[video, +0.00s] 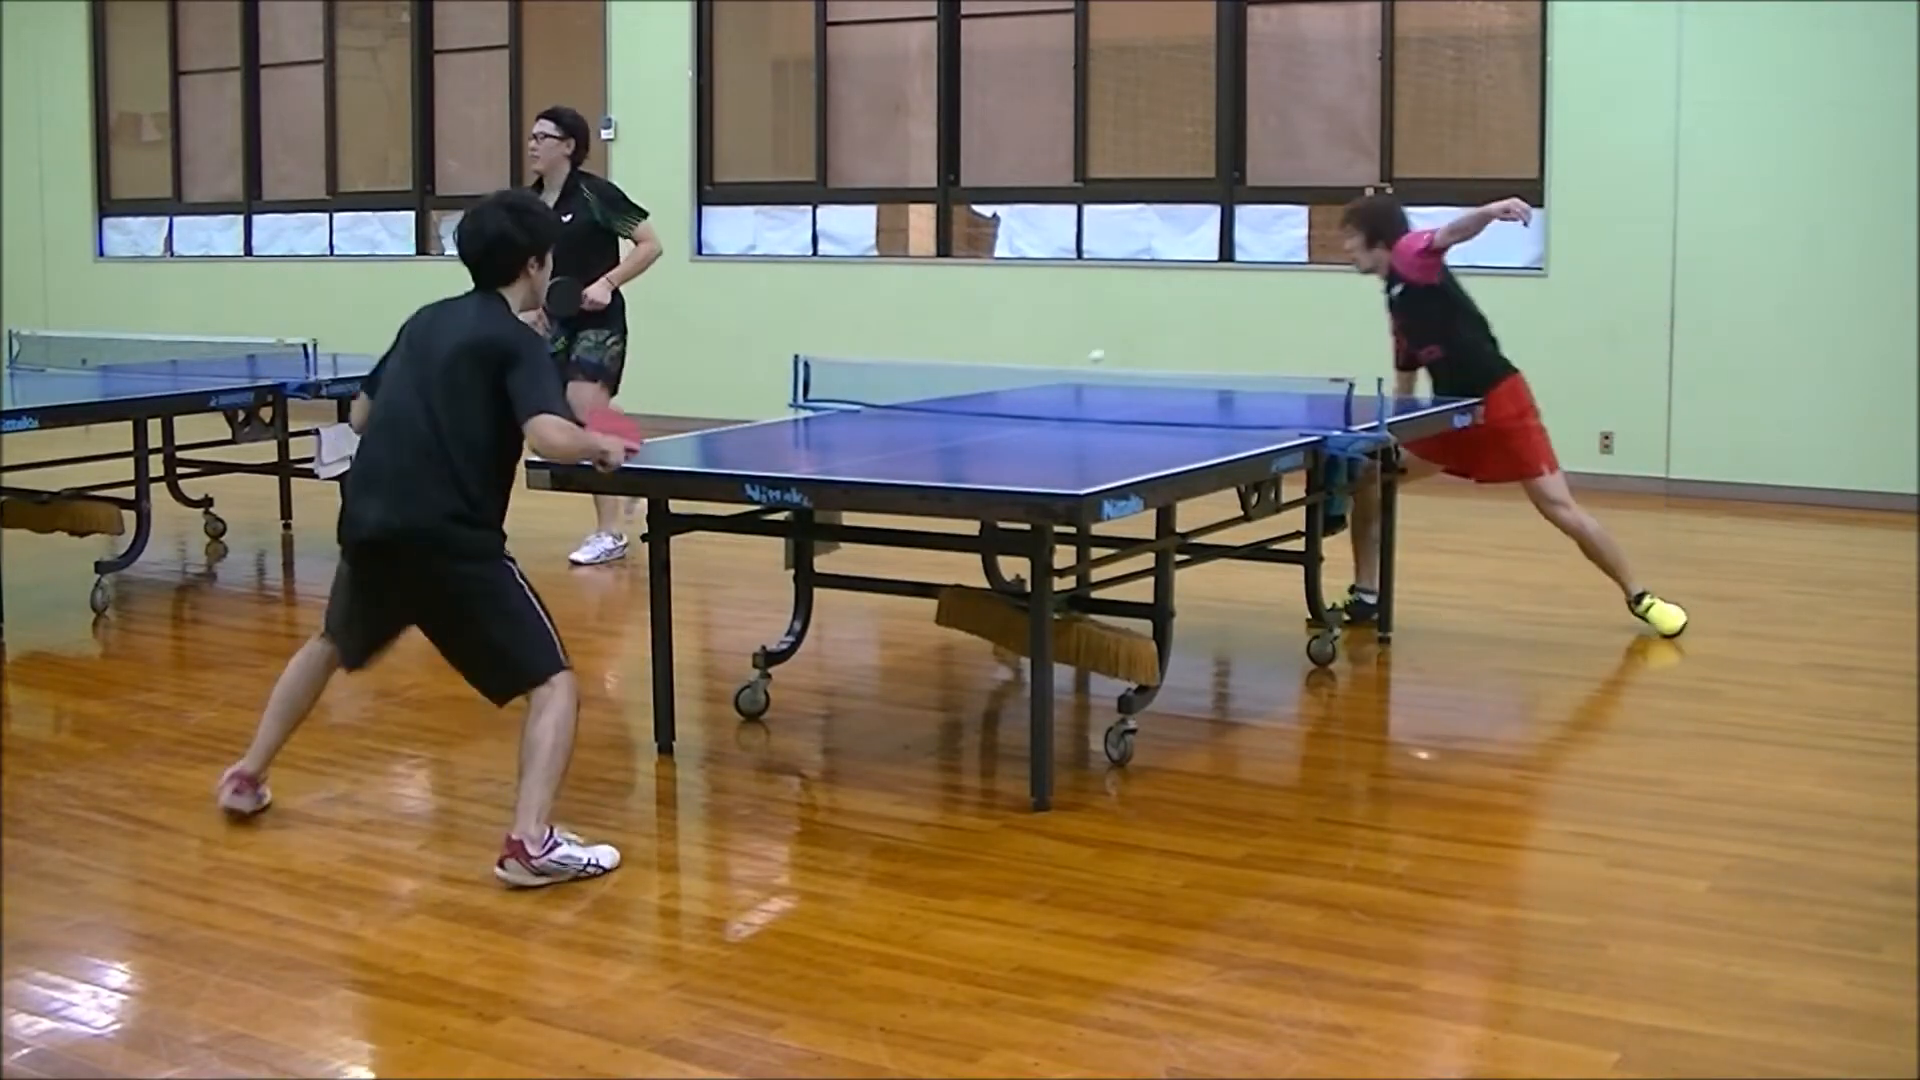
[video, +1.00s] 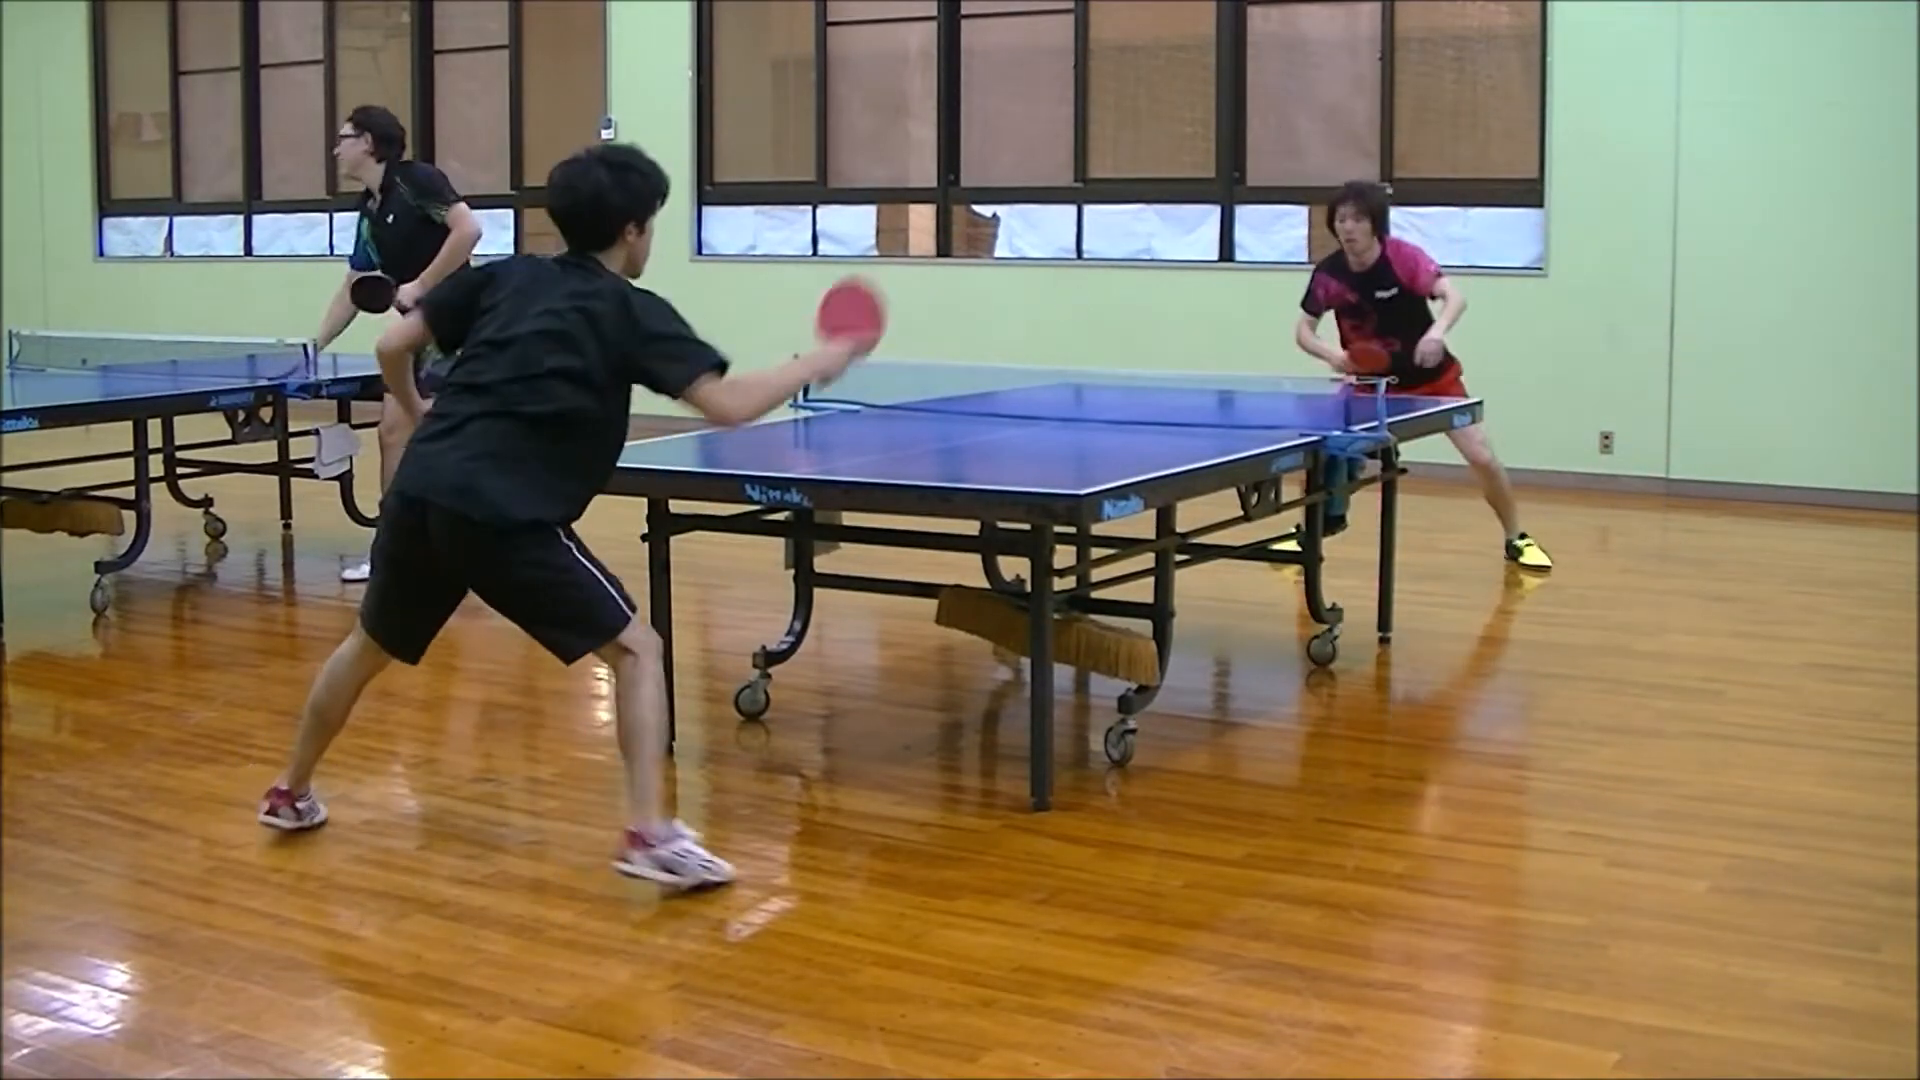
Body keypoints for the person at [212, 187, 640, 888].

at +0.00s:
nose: (551, 273)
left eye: (548, 260)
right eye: (547, 261)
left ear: (477, 262)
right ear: (529, 266)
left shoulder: (423, 323)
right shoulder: (519, 342)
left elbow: (363, 415)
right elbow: (549, 439)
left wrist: (434, 431)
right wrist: (596, 446)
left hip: (371, 531)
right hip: (454, 537)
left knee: (328, 644)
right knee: (553, 683)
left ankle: (246, 774)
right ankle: (531, 840)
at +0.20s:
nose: (537, 269)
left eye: (536, 256)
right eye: (536, 256)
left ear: (463, 251)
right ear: (519, 260)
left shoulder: (407, 307)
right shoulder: (497, 333)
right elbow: (542, 444)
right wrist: (601, 437)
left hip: (334, 506)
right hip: (413, 518)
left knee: (349, 621)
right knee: (535, 661)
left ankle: (277, 762)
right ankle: (539, 829)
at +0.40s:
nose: (542, 300)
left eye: (540, 286)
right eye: (537, 287)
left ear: (477, 287)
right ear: (509, 294)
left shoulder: (435, 344)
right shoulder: (467, 362)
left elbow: (448, 446)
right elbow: (510, 486)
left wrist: (522, 430)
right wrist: (620, 468)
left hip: (362, 557)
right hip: (416, 571)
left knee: (384, 647)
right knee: (582, 662)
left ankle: (279, 765)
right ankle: (591, 842)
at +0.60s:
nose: (618, 300)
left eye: (612, 288)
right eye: (606, 291)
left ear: (556, 307)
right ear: (569, 310)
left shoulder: (510, 356)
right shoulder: (538, 395)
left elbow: (503, 449)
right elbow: (642, 497)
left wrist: (591, 437)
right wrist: (737, 452)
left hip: (412, 558)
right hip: (459, 578)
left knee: (387, 662)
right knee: (631, 658)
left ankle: (283, 764)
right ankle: (602, 847)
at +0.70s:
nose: (661, 289)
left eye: (656, 277)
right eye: (652, 280)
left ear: (582, 295)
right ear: (615, 300)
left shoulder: (528, 336)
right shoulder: (619, 388)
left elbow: (469, 433)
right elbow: (756, 442)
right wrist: (865, 392)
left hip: (414, 537)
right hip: (479, 560)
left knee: (375, 648)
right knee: (646, 658)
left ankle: (300, 767)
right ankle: (604, 847)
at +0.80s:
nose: (684, 273)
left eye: (680, 259)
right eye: (677, 261)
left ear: (606, 273)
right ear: (647, 281)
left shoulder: (544, 308)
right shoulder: (657, 369)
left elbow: (431, 336)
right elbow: (800, 388)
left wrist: (488, 353)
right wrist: (894, 312)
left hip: (420, 516)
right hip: (493, 541)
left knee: (372, 650)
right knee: (647, 658)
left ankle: (301, 782)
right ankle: (603, 849)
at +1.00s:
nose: (653, 237)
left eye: (650, 222)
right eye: (650, 224)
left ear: (563, 223)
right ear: (629, 233)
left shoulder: (499, 277)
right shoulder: (629, 310)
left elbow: (389, 343)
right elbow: (728, 404)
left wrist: (416, 413)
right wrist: (820, 360)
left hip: (421, 494)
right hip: (509, 513)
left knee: (366, 643)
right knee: (636, 646)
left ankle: (288, 792)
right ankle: (650, 834)